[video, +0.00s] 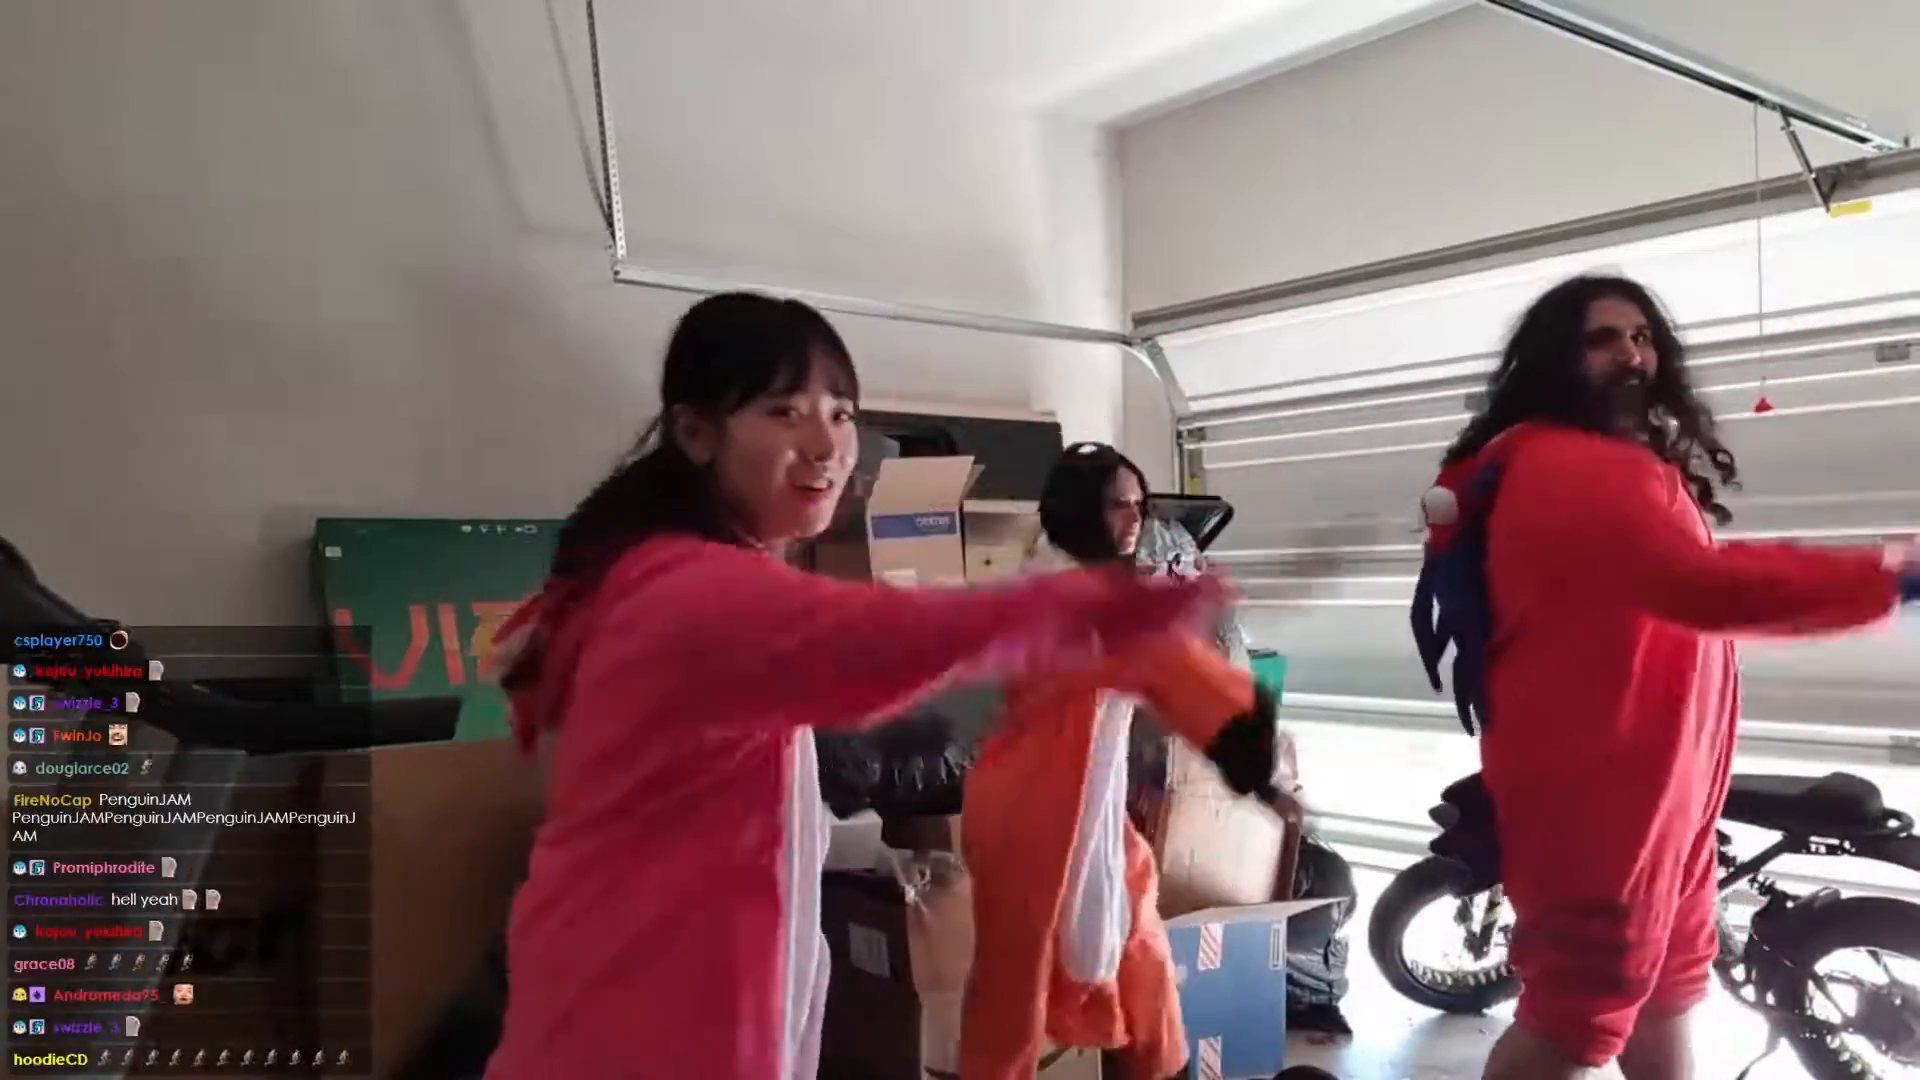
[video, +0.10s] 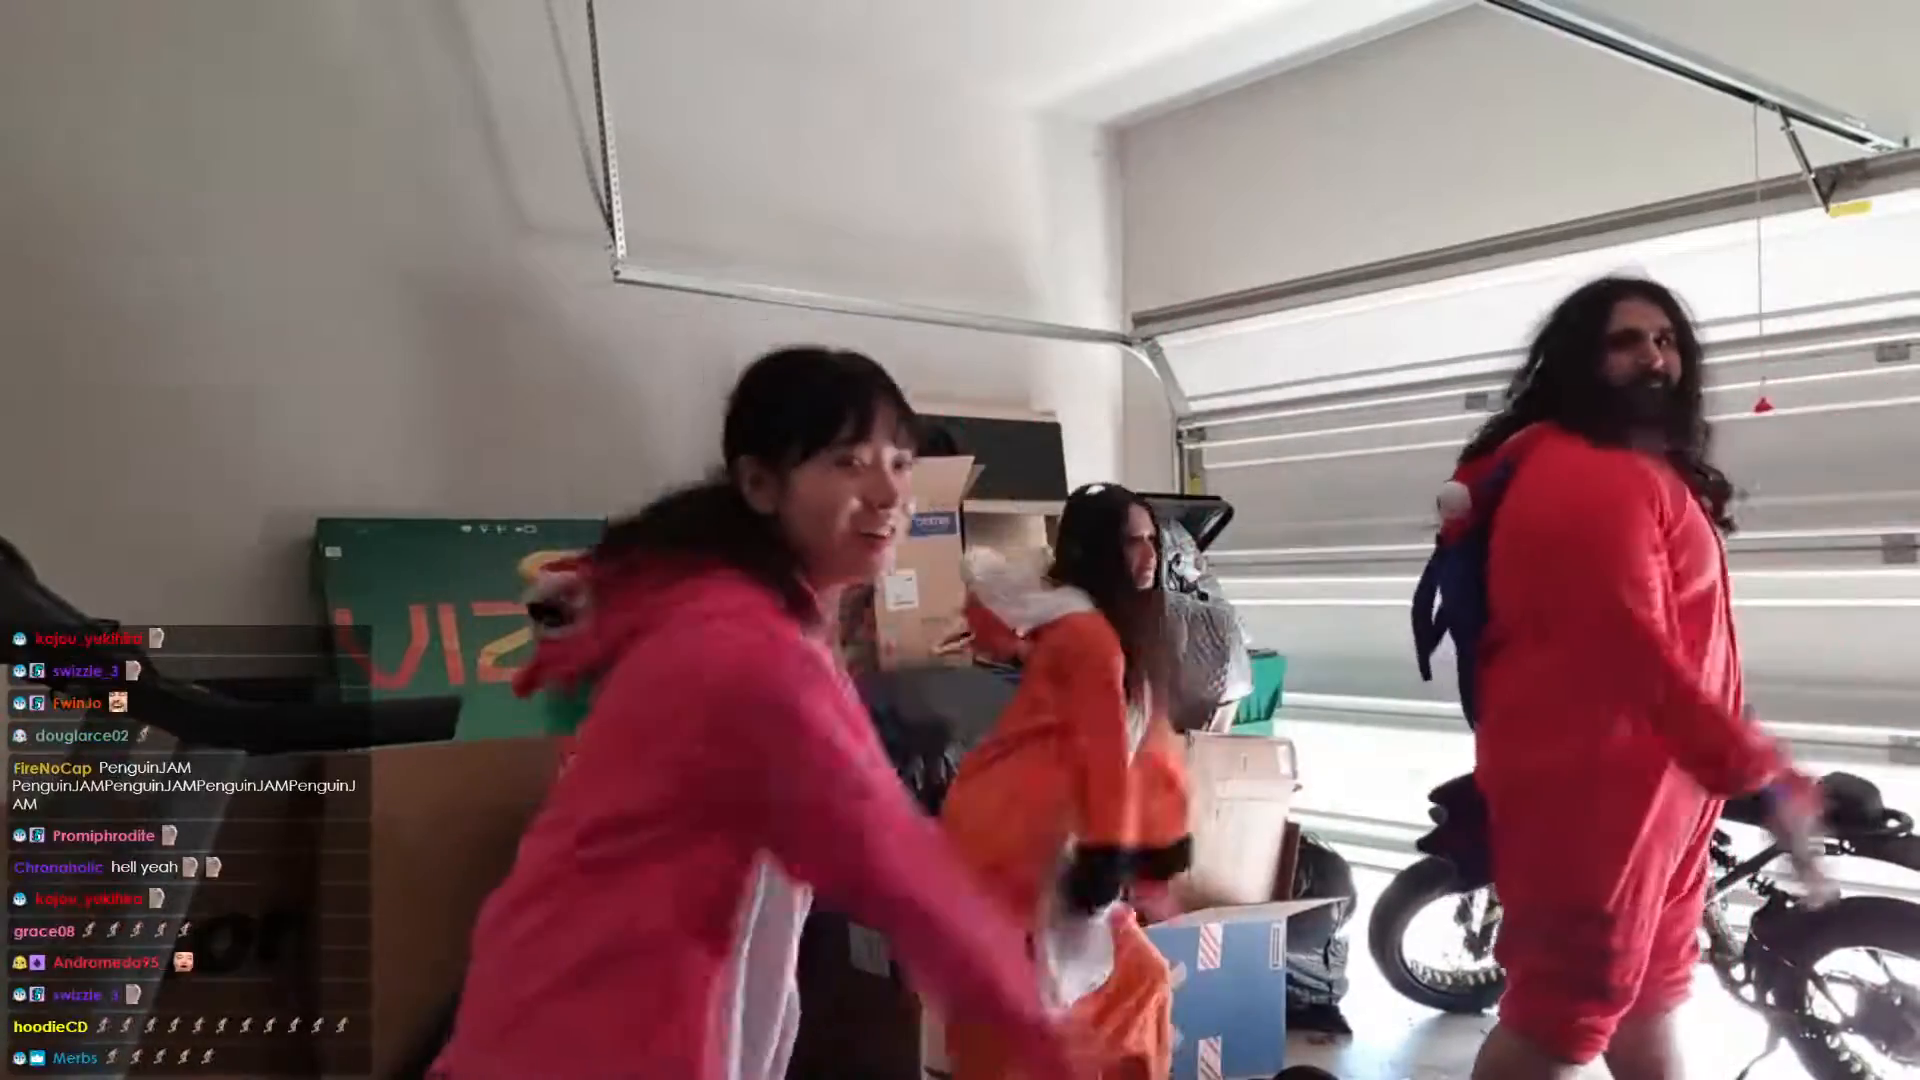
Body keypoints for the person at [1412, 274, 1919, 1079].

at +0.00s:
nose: (1632, 355)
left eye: (1643, 337)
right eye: (1602, 340)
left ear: (1663, 356)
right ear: (1554, 365)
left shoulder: (1637, 467)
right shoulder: (1559, 467)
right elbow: (1692, 581)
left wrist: (1870, 566)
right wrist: (1882, 574)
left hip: (1667, 797)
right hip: (1591, 805)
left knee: (1666, 995)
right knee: (1575, 1021)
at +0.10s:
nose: (1654, 359)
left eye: (1667, 341)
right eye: (1626, 342)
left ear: (1685, 361)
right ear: (1580, 363)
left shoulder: (1648, 474)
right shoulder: (1580, 477)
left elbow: (1681, 655)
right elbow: (1639, 654)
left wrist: (1758, 769)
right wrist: (1764, 777)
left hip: (1661, 794)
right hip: (1591, 800)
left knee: (1647, 1007)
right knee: (1556, 1023)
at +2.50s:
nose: (1681, 403)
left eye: (1682, 383)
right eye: (1662, 384)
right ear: (1602, 390)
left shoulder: (1610, 470)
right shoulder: (1568, 483)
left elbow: (1700, 454)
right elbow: (1763, 467)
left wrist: (1770, 357)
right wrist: (1875, 321)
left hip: (1664, 783)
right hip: (1596, 800)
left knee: (1717, 985)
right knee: (1623, 1026)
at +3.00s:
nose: (1675, 380)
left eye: (1673, 359)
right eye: (1661, 361)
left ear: (1562, 365)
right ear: (1622, 370)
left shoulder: (1591, 462)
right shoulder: (1572, 470)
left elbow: (1676, 603)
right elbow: (1690, 611)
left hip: (1633, 796)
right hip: (1569, 808)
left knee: (1646, 995)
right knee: (1561, 1020)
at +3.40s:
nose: (1666, 395)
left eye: (1665, 377)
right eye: (1648, 376)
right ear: (1592, 381)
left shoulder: (1597, 467)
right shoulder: (1543, 477)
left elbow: (1679, 415)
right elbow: (1739, 447)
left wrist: (1734, 325)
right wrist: (1835, 295)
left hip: (1657, 788)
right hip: (1590, 803)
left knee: (1700, 981)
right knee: (1602, 1025)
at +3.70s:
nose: (1651, 375)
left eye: (1664, 358)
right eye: (1625, 355)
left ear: (1677, 375)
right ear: (1573, 366)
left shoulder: (1625, 476)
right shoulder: (1564, 480)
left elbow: (1659, 651)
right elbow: (1612, 663)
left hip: (1635, 790)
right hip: (1569, 790)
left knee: (1648, 1000)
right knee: (1556, 1021)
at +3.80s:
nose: (1653, 369)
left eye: (1666, 352)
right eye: (1627, 350)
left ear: (1679, 368)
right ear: (1580, 360)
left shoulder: (1630, 461)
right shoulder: (1567, 466)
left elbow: (1659, 633)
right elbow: (1599, 639)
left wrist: (1688, 776)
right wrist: (1679, 786)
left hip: (1618, 767)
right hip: (1558, 769)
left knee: (1635, 993)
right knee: (1551, 1011)